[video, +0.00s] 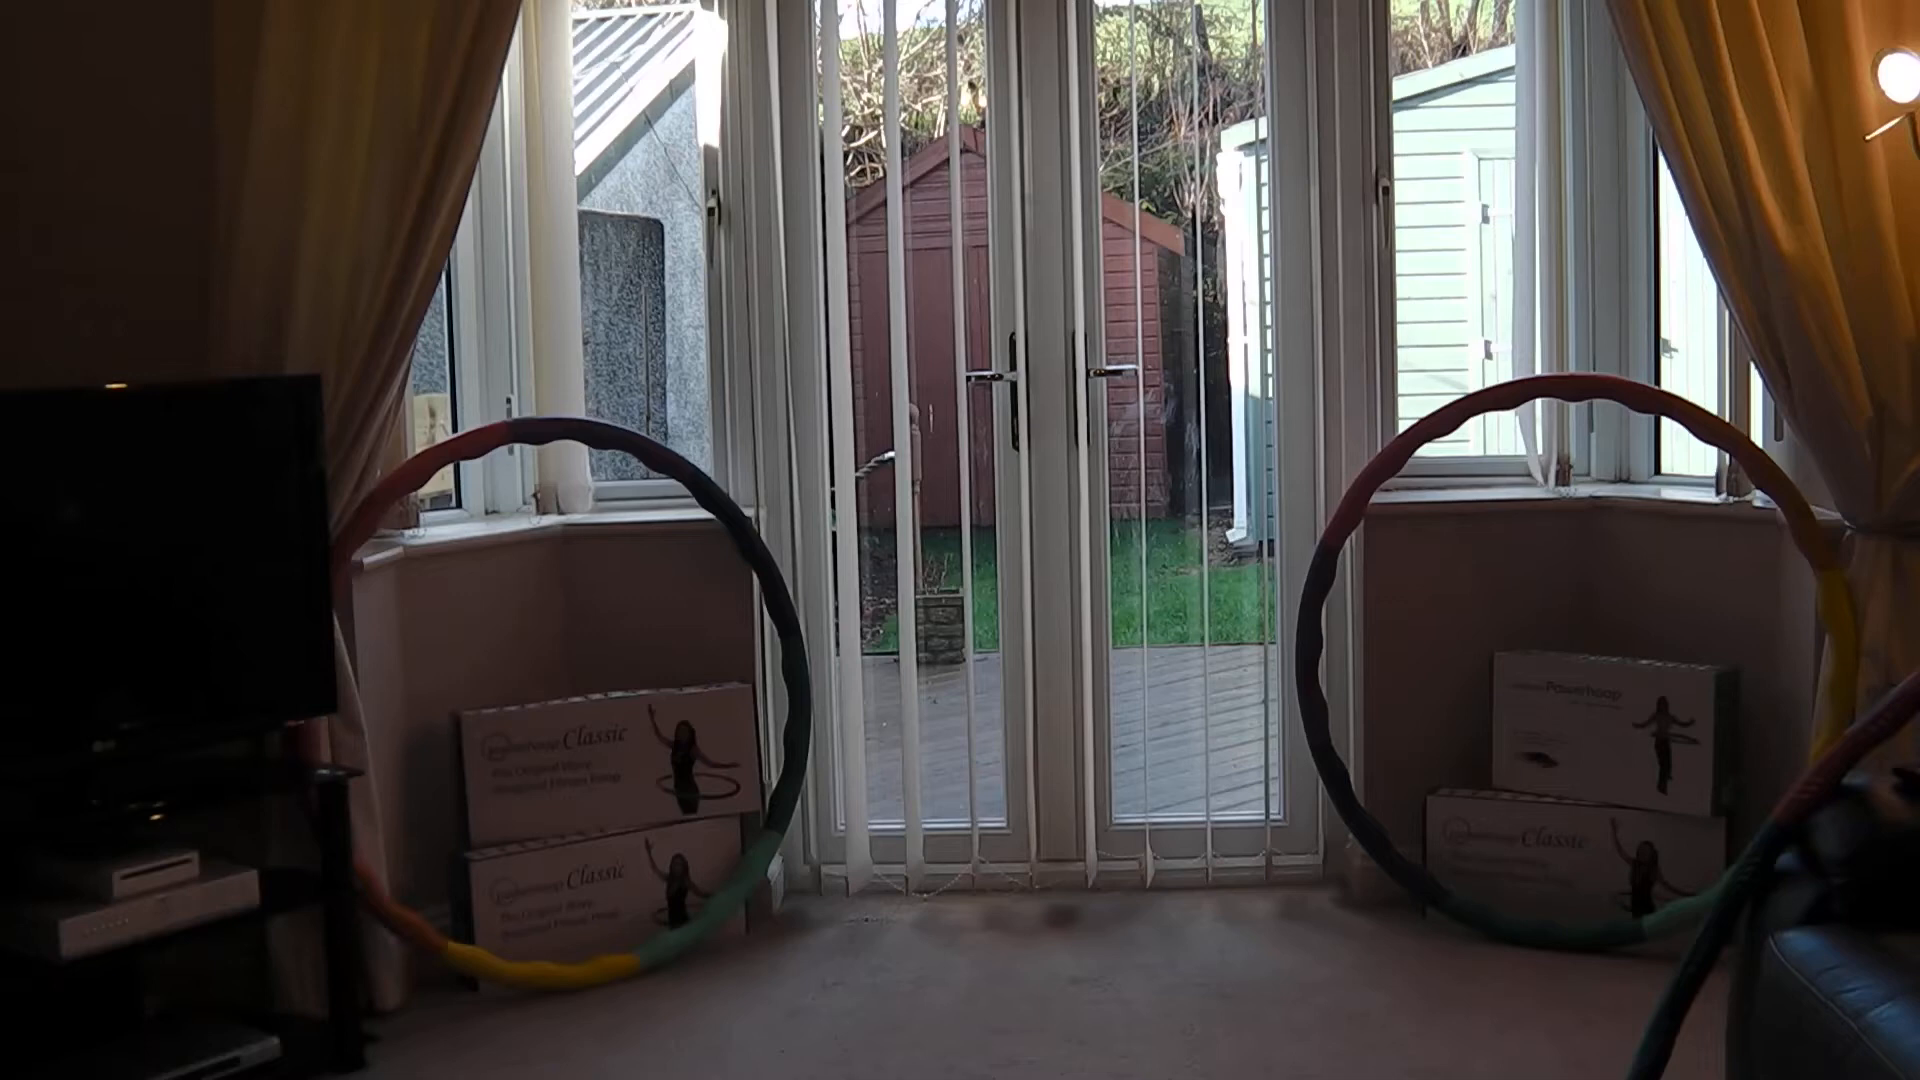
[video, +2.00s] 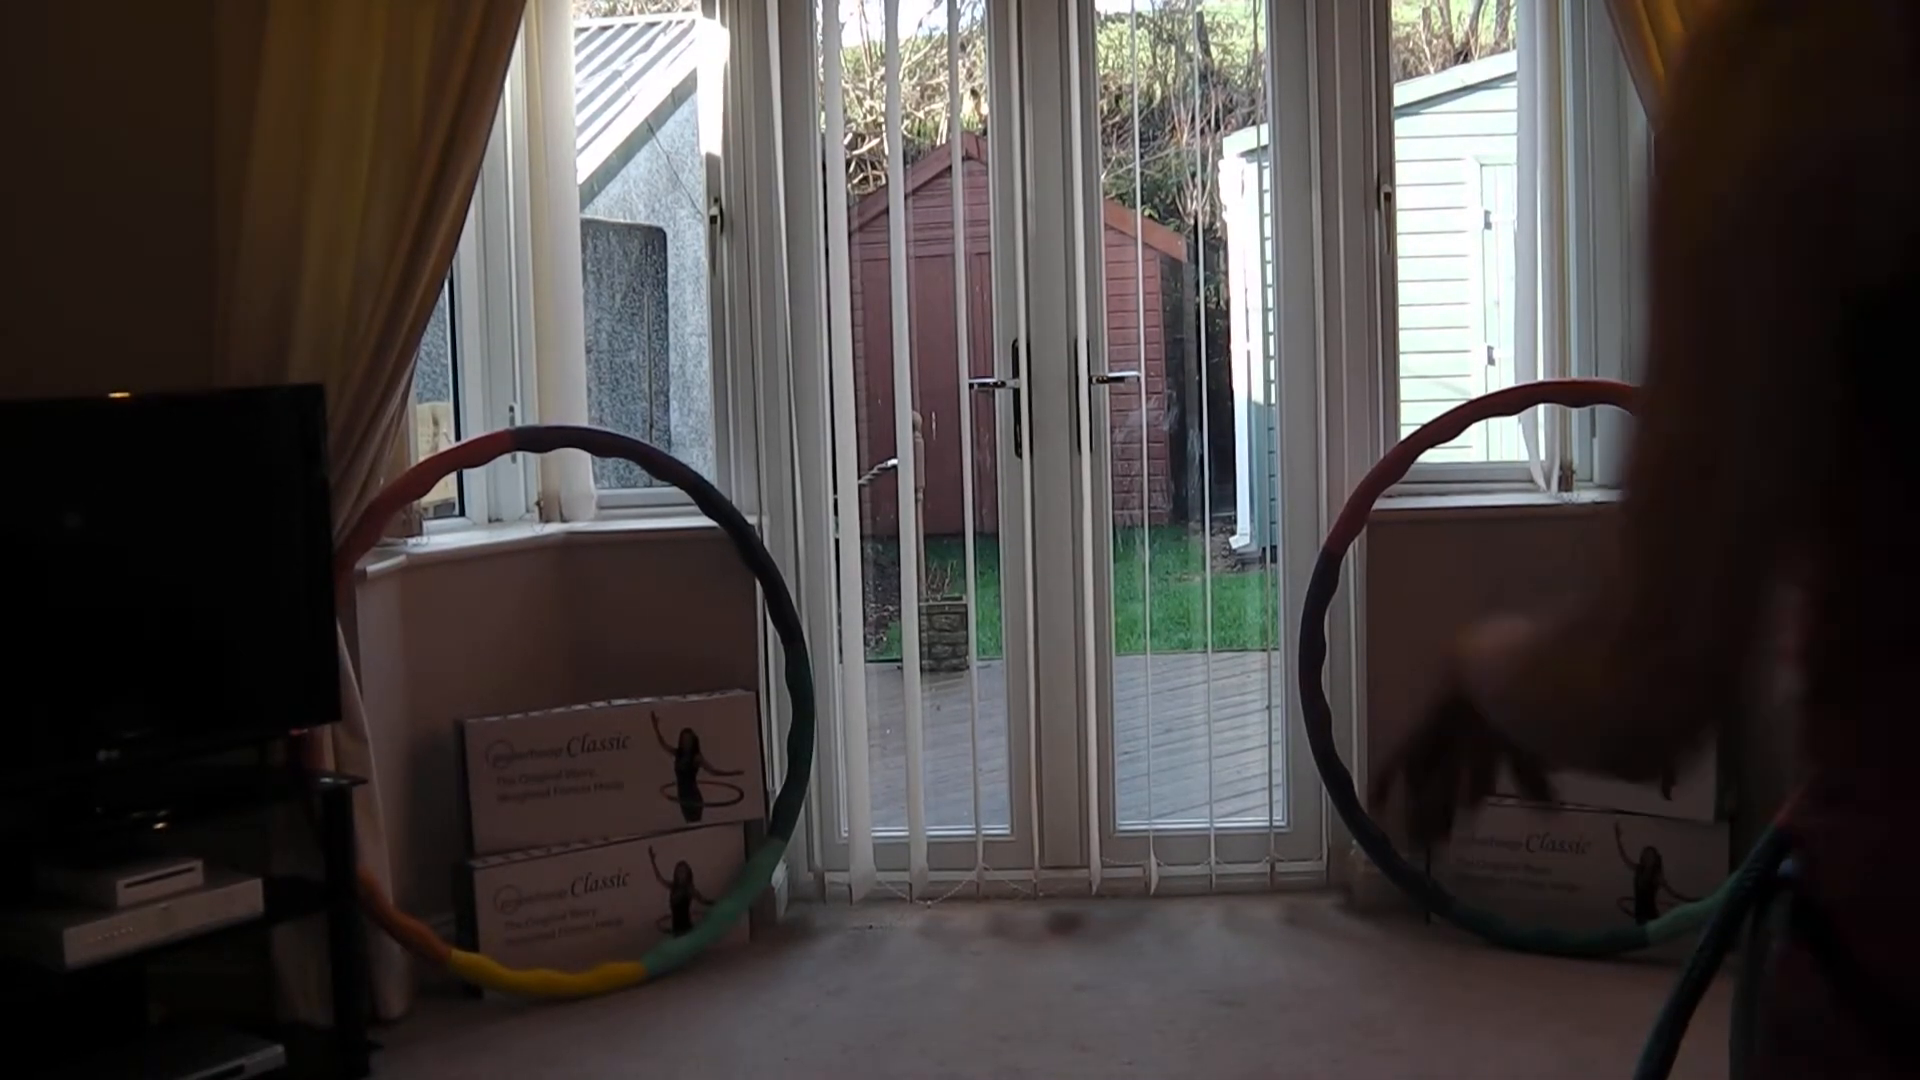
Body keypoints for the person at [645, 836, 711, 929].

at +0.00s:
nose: (677, 868)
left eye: (680, 864)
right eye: (675, 864)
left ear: (684, 866)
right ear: (671, 866)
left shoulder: (686, 881)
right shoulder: (669, 879)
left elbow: (699, 893)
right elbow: (654, 869)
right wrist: (649, 852)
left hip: (682, 917)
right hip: (671, 916)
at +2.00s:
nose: (681, 874)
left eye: (683, 871)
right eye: (679, 871)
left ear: (688, 873)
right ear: (675, 873)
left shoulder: (690, 889)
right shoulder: (673, 886)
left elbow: (702, 901)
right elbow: (659, 878)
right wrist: (653, 861)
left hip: (687, 925)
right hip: (675, 925)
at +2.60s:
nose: (681, 874)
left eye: (683, 871)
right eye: (679, 871)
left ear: (688, 873)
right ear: (675, 873)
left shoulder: (690, 889)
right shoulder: (673, 887)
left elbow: (702, 901)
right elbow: (659, 878)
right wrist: (652, 860)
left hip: (686, 926)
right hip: (675, 925)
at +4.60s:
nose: (681, 876)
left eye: (683, 873)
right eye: (678, 873)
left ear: (688, 874)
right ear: (675, 874)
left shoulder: (690, 889)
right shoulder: (673, 887)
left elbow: (703, 902)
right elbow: (658, 878)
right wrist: (652, 861)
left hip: (686, 924)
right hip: (675, 924)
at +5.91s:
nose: (681, 874)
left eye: (684, 872)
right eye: (678, 872)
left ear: (688, 874)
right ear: (675, 874)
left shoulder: (690, 889)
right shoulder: (673, 887)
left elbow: (704, 902)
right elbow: (659, 878)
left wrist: (718, 903)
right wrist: (653, 860)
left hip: (686, 924)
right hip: (676, 924)